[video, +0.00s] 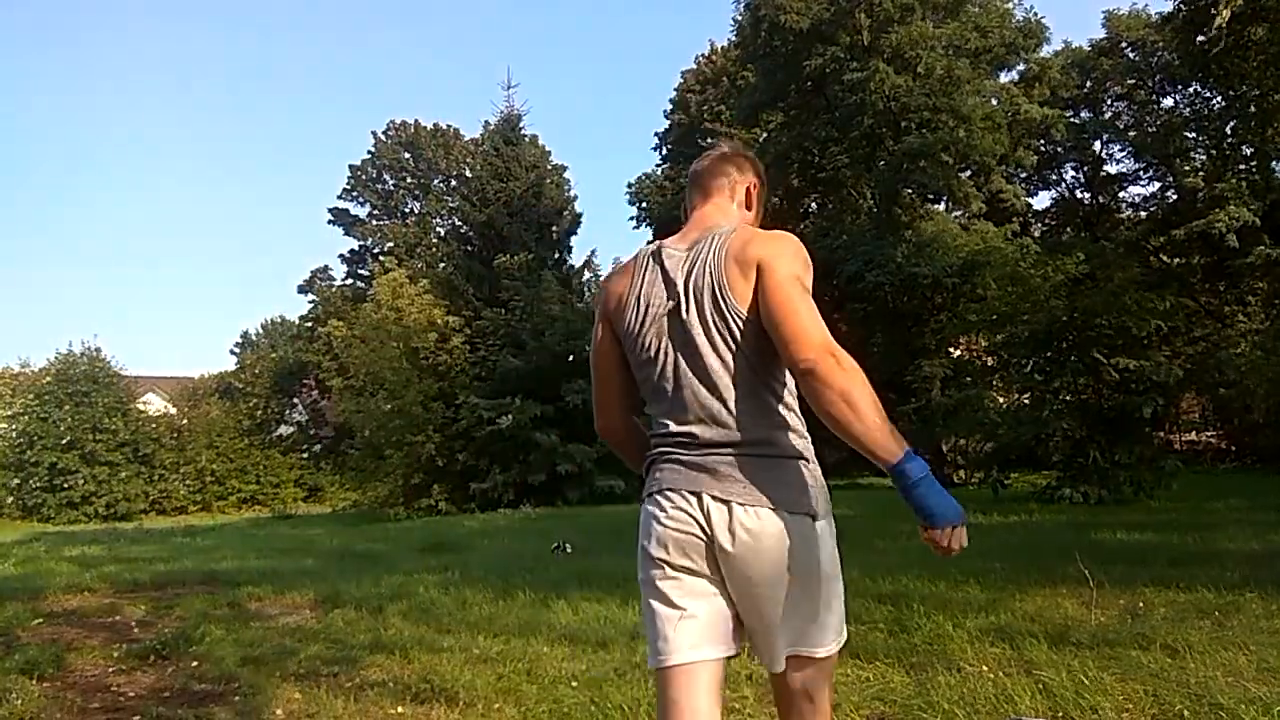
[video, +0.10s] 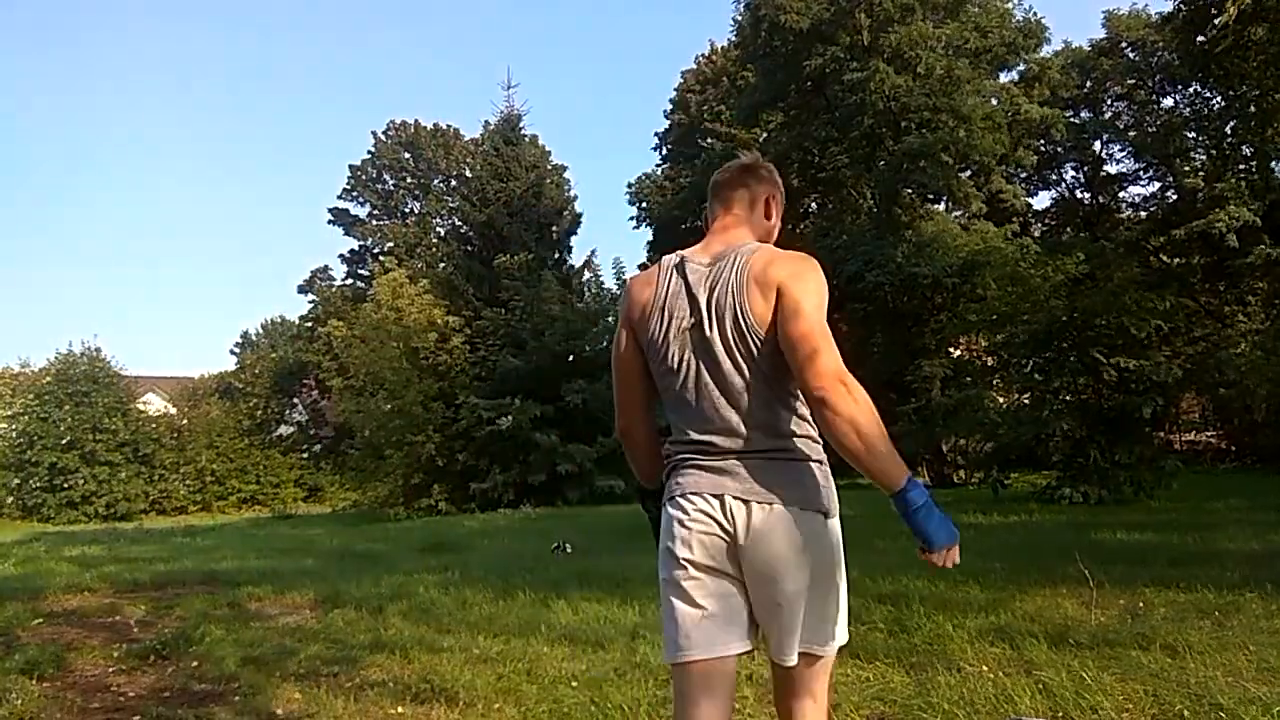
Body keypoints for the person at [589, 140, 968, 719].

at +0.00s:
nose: (756, 218)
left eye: (755, 210)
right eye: (759, 208)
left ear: (689, 200)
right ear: (747, 195)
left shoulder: (618, 284)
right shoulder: (766, 247)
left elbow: (612, 421)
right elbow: (816, 364)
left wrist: (674, 471)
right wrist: (915, 477)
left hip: (671, 507)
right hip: (775, 507)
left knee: (685, 706)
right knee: (805, 695)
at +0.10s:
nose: (777, 227)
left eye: (778, 216)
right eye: (780, 214)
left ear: (711, 210)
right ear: (769, 205)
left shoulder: (643, 289)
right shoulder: (788, 270)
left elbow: (634, 429)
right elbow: (829, 391)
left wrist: (672, 492)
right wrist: (915, 500)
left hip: (691, 512)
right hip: (790, 512)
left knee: (699, 706)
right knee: (805, 702)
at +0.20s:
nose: (793, 234)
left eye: (792, 222)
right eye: (795, 221)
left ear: (725, 216)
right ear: (783, 215)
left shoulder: (660, 290)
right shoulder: (804, 282)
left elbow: (645, 410)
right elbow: (840, 409)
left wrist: (646, 507)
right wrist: (905, 515)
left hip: (705, 507)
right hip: (797, 504)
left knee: (722, 692)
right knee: (811, 686)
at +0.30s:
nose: (801, 244)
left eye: (802, 233)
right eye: (804, 231)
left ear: (742, 221)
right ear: (796, 221)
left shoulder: (676, 291)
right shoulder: (816, 284)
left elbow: (646, 401)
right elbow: (844, 408)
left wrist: (628, 498)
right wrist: (889, 500)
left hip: (718, 501)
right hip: (804, 498)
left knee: (746, 664)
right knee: (812, 676)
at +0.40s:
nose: (812, 250)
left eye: (811, 240)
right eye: (813, 239)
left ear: (753, 231)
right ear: (803, 230)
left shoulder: (689, 294)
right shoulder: (824, 288)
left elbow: (649, 392)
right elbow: (857, 407)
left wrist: (625, 485)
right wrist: (875, 477)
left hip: (726, 497)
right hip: (810, 496)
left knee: (761, 635)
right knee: (812, 675)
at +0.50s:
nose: (817, 262)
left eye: (817, 254)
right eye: (818, 253)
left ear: (761, 245)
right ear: (809, 244)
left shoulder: (702, 306)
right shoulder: (831, 298)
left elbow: (659, 398)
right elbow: (870, 412)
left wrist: (637, 488)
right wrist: (864, 467)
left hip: (736, 496)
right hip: (815, 493)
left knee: (768, 638)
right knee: (814, 674)